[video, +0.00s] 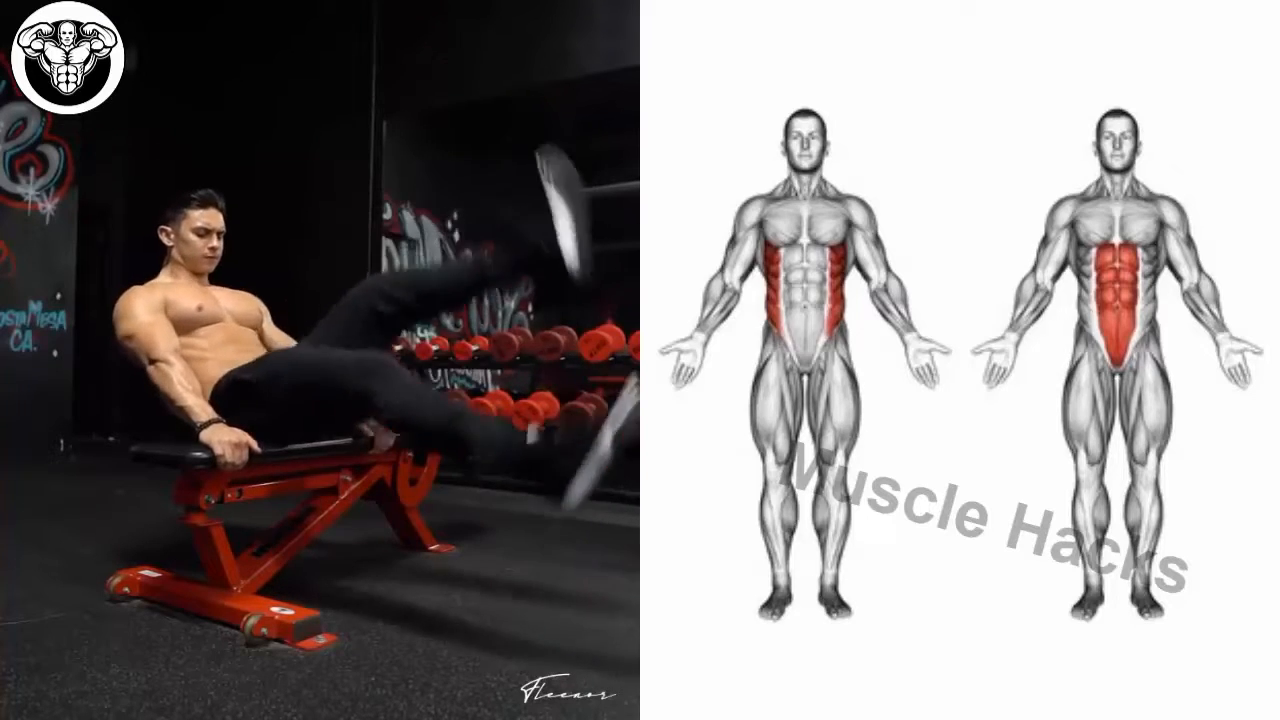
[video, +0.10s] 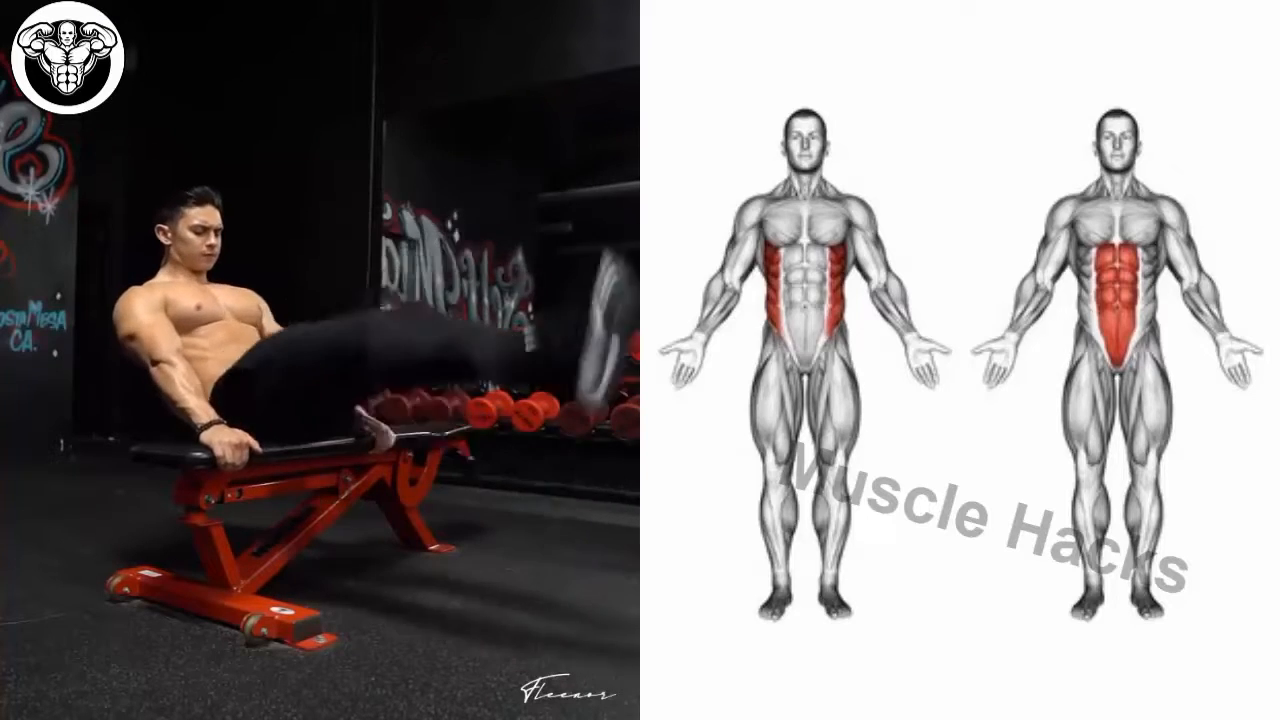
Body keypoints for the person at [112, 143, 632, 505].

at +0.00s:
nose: (214, 244)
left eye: (219, 235)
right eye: (202, 233)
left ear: (222, 242)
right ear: (168, 236)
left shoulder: (245, 299)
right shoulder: (140, 301)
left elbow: (303, 357)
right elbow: (164, 364)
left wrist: (364, 410)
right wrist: (208, 424)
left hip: (296, 383)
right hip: (242, 397)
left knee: (378, 294)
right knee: (368, 366)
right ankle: (535, 458)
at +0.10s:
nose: (211, 242)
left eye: (216, 233)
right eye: (199, 231)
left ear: (219, 239)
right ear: (165, 236)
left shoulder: (247, 297)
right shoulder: (140, 300)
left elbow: (292, 363)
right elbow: (165, 365)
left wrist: (355, 413)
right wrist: (210, 424)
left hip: (291, 396)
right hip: (238, 401)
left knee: (405, 328)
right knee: (364, 338)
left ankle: (561, 369)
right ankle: (546, 357)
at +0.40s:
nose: (219, 238)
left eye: (224, 229)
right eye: (206, 228)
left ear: (227, 234)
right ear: (171, 230)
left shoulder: (252, 289)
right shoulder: (144, 296)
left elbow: (305, 330)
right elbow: (164, 367)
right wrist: (209, 427)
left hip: (301, 392)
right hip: (241, 388)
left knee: (428, 421)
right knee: (334, 281)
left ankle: (529, 572)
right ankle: (480, 200)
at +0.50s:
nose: (215, 239)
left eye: (221, 230)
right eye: (202, 229)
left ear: (225, 235)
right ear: (168, 232)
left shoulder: (251, 293)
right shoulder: (143, 298)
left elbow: (302, 350)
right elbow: (163, 366)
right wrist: (210, 426)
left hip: (302, 396)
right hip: (242, 393)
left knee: (425, 398)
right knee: (336, 299)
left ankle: (539, 532)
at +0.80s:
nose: (220, 235)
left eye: (226, 226)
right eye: (208, 224)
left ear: (229, 234)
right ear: (174, 229)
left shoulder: (250, 292)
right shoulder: (146, 291)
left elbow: (310, 353)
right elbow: (168, 361)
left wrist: (368, 380)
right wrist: (210, 424)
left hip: (302, 376)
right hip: (249, 392)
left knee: (386, 301)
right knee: (375, 421)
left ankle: (532, 231)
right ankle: (502, 574)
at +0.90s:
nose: (224, 230)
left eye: (229, 221)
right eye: (211, 219)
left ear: (231, 229)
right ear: (177, 225)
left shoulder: (250, 291)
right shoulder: (147, 287)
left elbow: (309, 351)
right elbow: (166, 359)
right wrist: (211, 426)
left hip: (300, 374)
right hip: (247, 389)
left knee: (383, 290)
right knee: (371, 427)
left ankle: (509, 201)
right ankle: (491, 587)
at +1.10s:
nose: (216, 227)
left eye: (220, 218)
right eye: (202, 217)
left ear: (222, 226)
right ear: (169, 226)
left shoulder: (249, 290)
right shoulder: (144, 290)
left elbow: (308, 355)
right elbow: (164, 362)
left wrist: (357, 411)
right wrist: (211, 425)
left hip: (297, 386)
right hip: (243, 398)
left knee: (404, 319)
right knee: (365, 359)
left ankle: (576, 340)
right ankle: (537, 434)